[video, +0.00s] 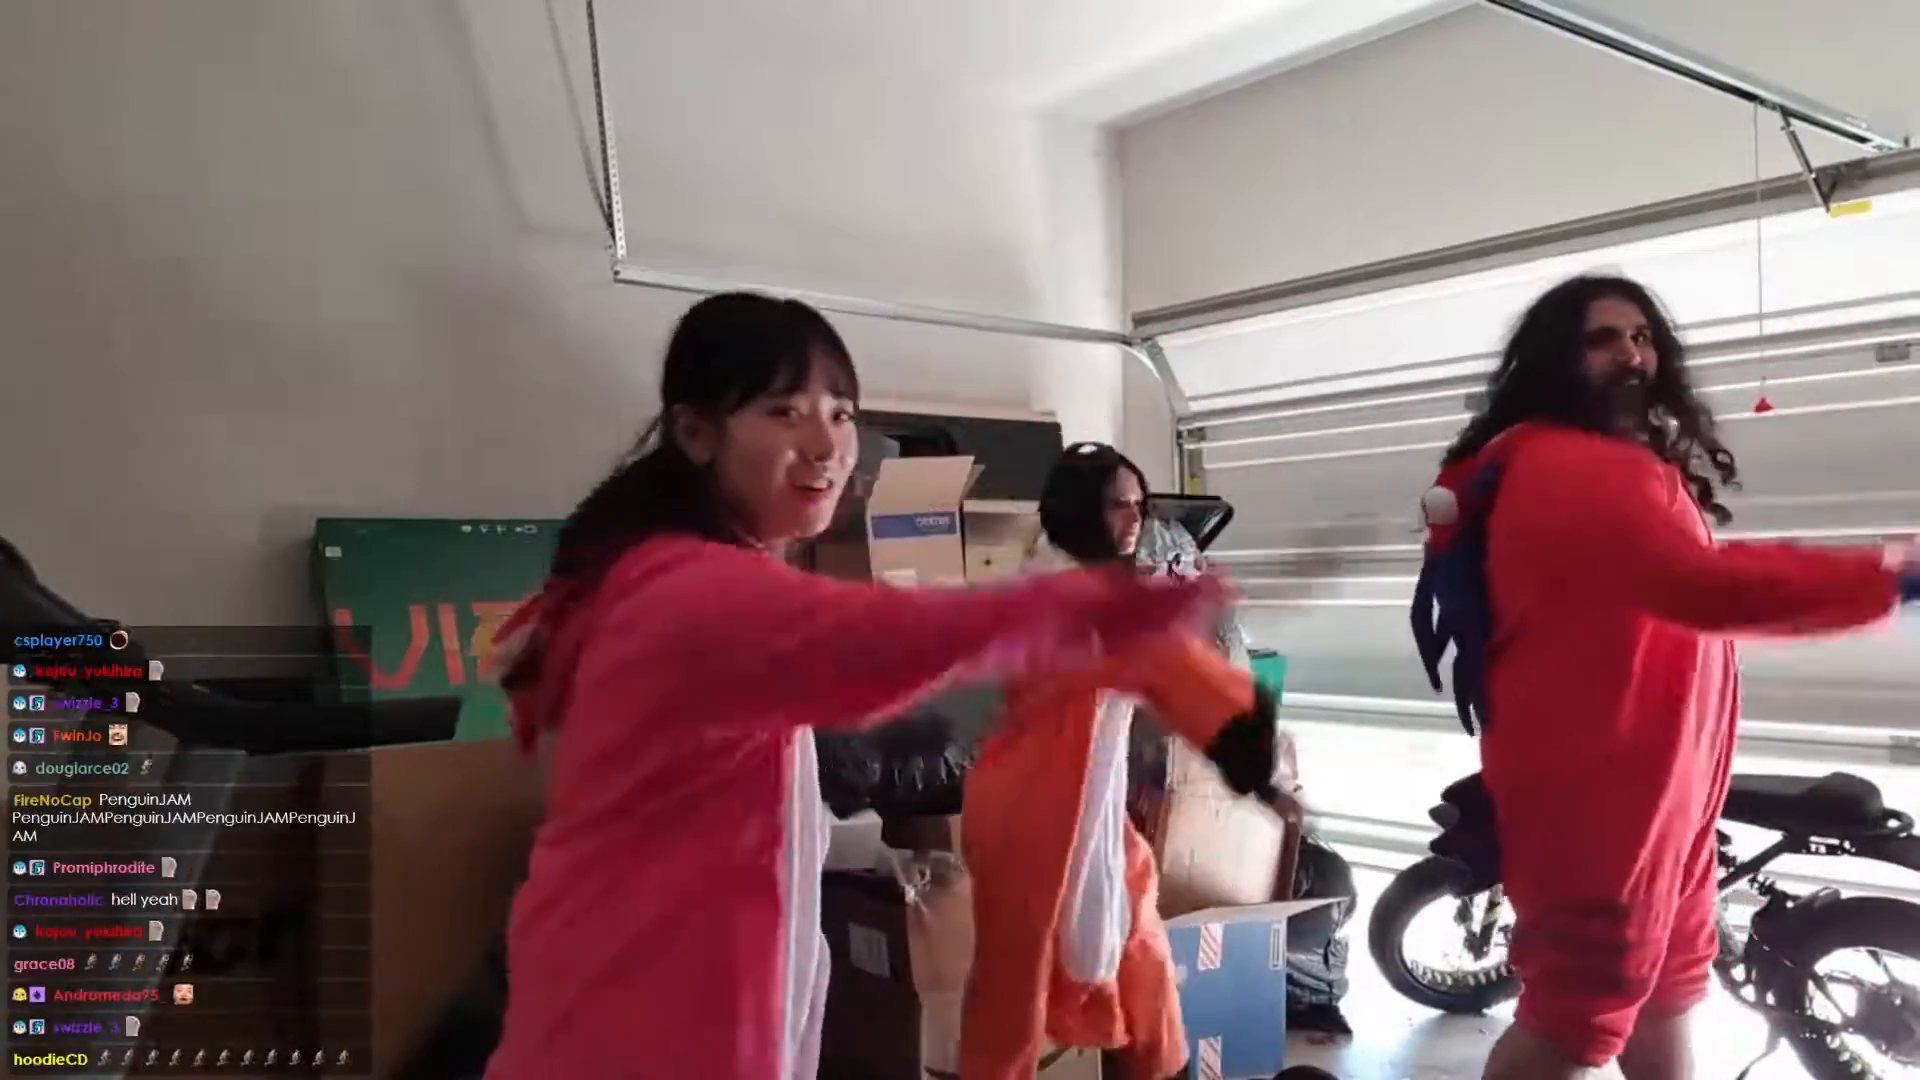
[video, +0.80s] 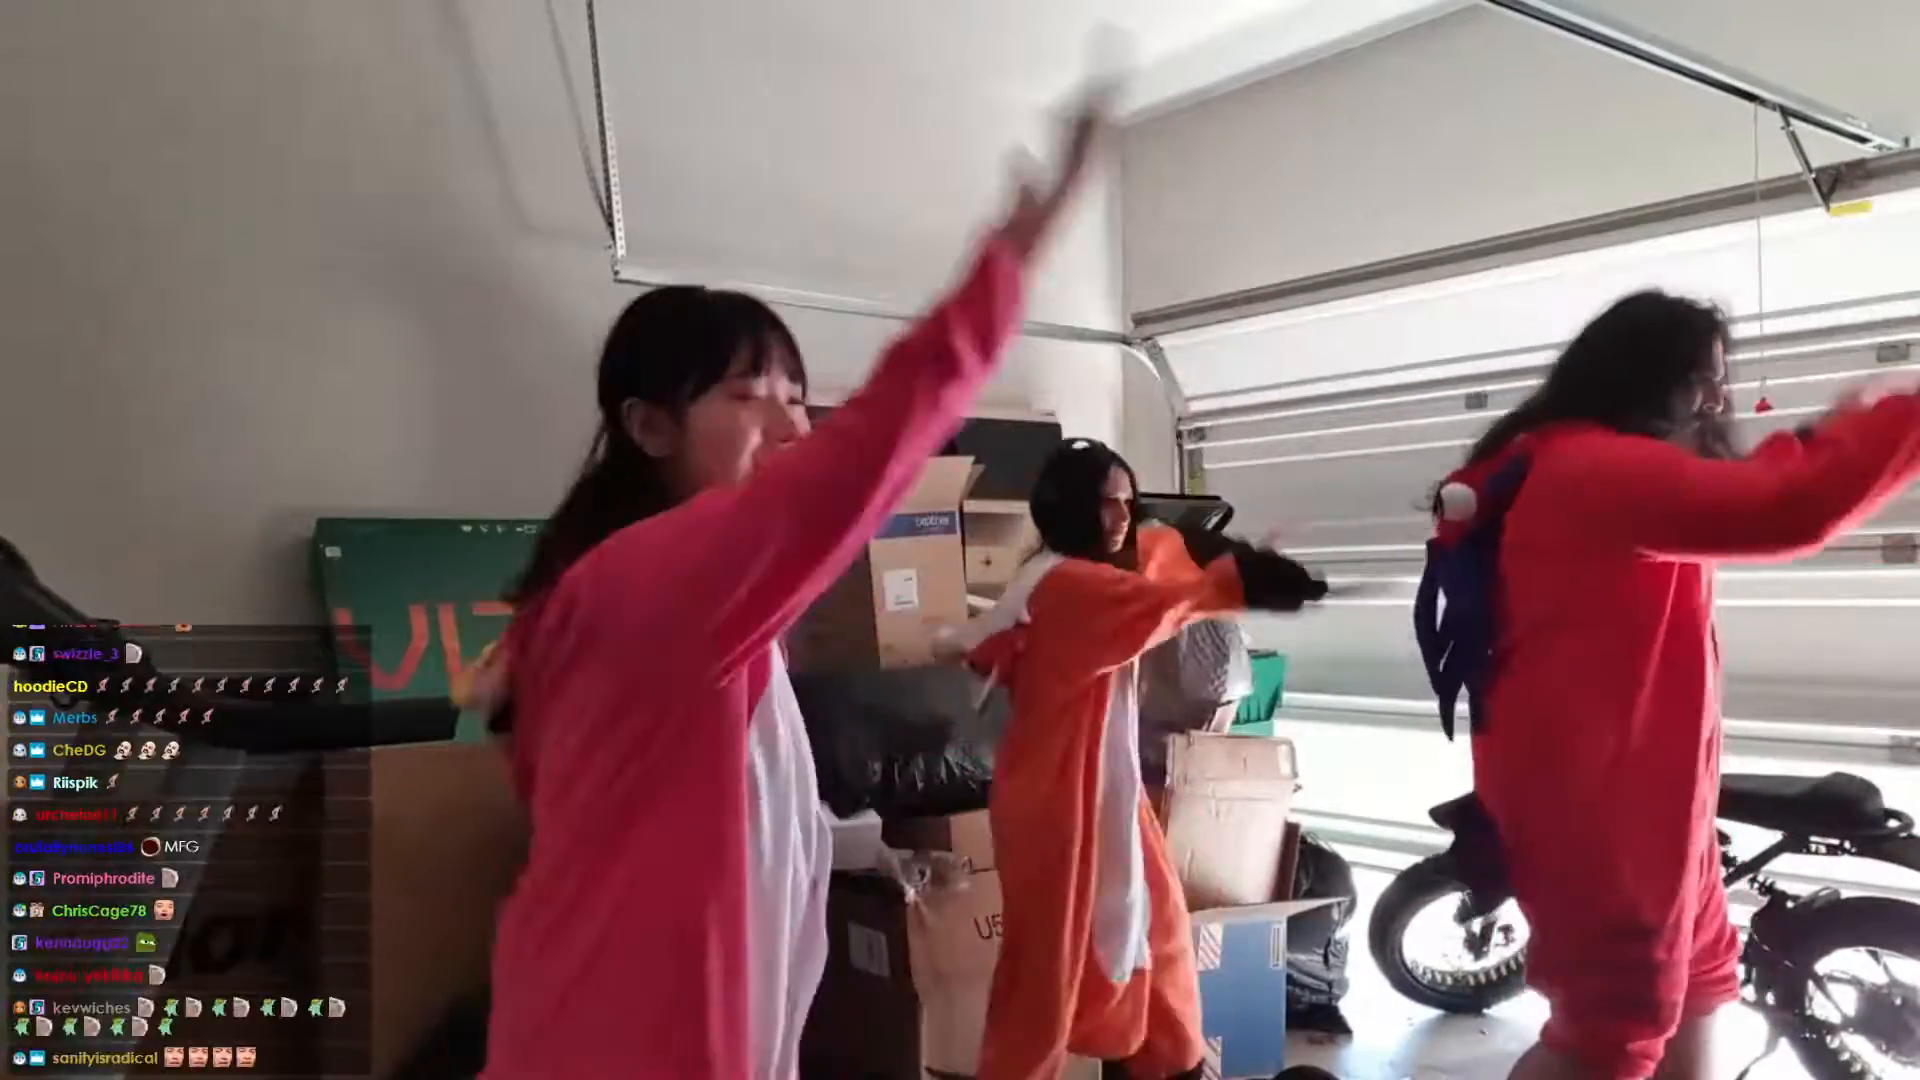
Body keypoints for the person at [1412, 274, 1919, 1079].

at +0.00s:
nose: (1632, 355)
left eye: (1643, 337)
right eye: (1602, 340)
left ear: (1663, 356)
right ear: (1554, 365)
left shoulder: (1637, 467)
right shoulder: (1559, 467)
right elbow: (1692, 581)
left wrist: (1870, 566)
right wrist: (1882, 574)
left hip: (1667, 797)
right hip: (1591, 805)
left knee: (1666, 995)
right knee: (1575, 1021)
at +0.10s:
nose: (1654, 359)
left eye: (1667, 341)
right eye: (1626, 342)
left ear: (1685, 361)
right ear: (1580, 363)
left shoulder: (1648, 474)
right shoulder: (1580, 477)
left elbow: (1681, 655)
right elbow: (1639, 654)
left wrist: (1758, 769)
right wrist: (1764, 777)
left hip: (1661, 794)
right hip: (1591, 800)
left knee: (1647, 1007)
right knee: (1556, 1023)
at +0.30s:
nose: (1662, 356)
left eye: (1674, 339)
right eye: (1636, 340)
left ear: (1693, 356)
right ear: (1588, 357)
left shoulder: (1663, 462)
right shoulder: (1579, 466)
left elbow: (1695, 614)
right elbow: (1634, 639)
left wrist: (1756, 710)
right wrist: (1729, 775)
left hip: (1660, 769)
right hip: (1581, 776)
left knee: (1640, 1003)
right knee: (1554, 1014)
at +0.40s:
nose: (1659, 368)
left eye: (1667, 352)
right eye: (1634, 347)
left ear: (1677, 366)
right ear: (1577, 356)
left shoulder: (1624, 465)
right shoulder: (1564, 468)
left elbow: (1718, 557)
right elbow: (1708, 576)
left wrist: (1836, 592)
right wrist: (1885, 639)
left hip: (1661, 792)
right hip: (1586, 801)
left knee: (1661, 1000)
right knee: (1575, 1020)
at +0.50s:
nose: (1679, 392)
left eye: (1684, 374)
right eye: (1657, 370)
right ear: (1592, 374)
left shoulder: (1621, 469)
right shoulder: (1559, 474)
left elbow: (1727, 473)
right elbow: (1734, 497)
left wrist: (1839, 432)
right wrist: (1909, 441)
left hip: (1671, 795)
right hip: (1598, 809)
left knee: (1716, 990)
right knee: (1620, 1030)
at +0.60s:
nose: (1703, 421)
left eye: (1706, 405)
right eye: (1689, 401)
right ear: (1630, 395)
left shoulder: (1620, 481)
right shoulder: (1570, 490)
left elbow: (1718, 447)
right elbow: (1753, 458)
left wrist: (1774, 346)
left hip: (1669, 795)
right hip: (1603, 815)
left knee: (1746, 984)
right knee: (1649, 1037)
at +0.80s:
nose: (1724, 403)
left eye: (1725, 382)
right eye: (1709, 381)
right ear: (1655, 381)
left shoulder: (1624, 466)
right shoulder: (1583, 468)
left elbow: (1737, 491)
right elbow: (1782, 513)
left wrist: (1828, 428)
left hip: (1651, 795)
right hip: (1592, 809)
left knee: (1700, 981)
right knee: (1614, 1028)